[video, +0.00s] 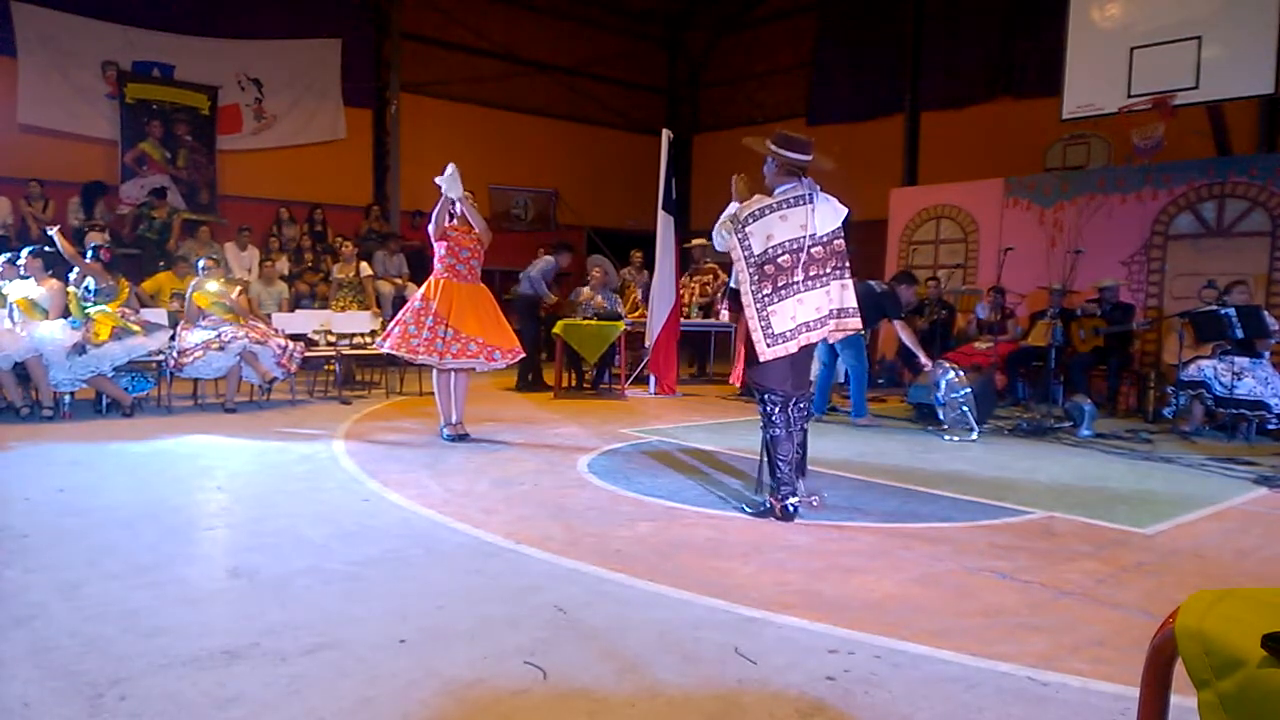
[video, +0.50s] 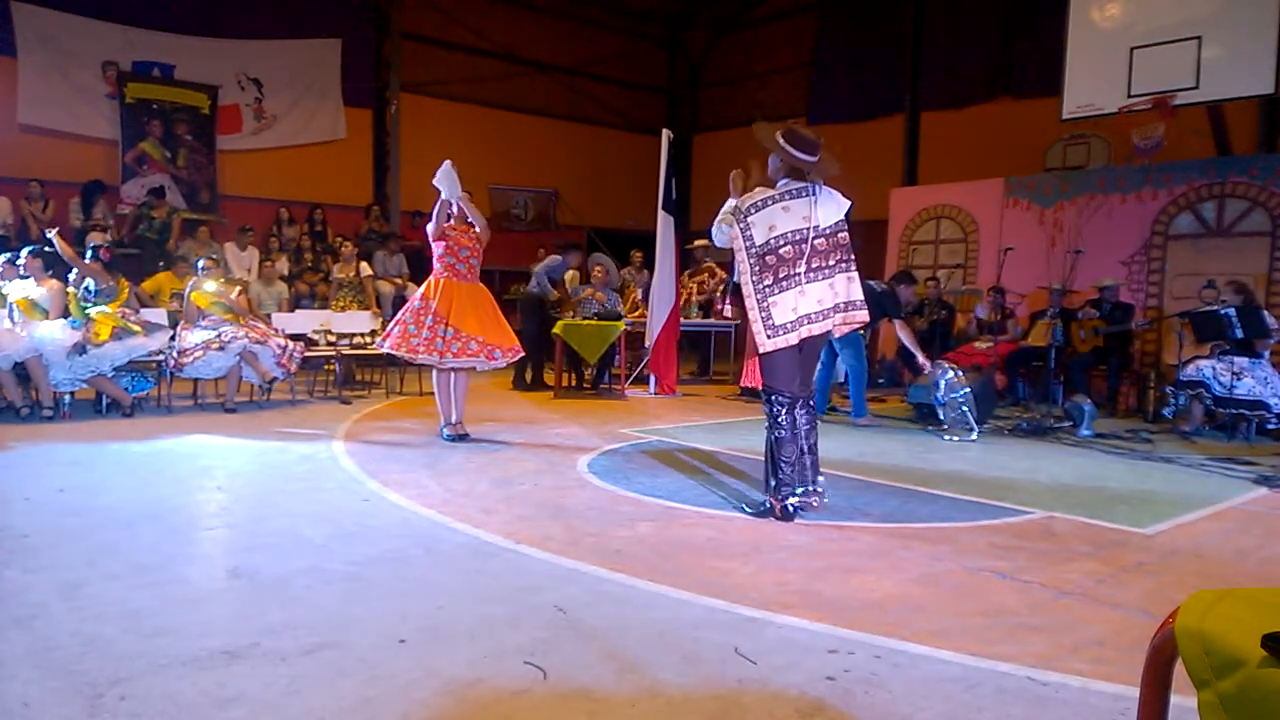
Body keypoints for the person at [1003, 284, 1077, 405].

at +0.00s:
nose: (1054, 299)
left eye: (1058, 296)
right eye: (1052, 295)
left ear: (1063, 297)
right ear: (1049, 296)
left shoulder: (1068, 315)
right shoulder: (1036, 315)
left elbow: (1069, 339)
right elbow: (1028, 336)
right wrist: (1024, 343)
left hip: (1055, 348)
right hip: (1036, 348)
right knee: (1012, 358)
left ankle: (1041, 398)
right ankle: (1013, 395)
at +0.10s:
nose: (1054, 299)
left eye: (1058, 295)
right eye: (1052, 295)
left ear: (1063, 297)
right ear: (1049, 295)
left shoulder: (1068, 314)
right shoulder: (1036, 315)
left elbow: (1069, 339)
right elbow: (1028, 335)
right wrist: (1024, 343)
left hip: (1056, 348)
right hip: (1036, 348)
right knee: (1012, 358)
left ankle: (1041, 399)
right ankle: (1013, 395)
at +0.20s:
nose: (1054, 298)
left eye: (1058, 295)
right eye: (1052, 295)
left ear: (1063, 297)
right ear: (1049, 295)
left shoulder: (1068, 314)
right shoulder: (1036, 315)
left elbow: (1069, 339)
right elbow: (1028, 335)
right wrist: (1024, 342)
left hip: (1055, 348)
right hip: (1035, 348)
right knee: (1012, 358)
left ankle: (1041, 399)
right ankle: (1013, 395)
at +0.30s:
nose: (1054, 298)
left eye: (1058, 295)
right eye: (1052, 295)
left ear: (1063, 297)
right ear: (1048, 296)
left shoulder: (1069, 314)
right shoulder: (1036, 315)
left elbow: (1069, 339)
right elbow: (1028, 336)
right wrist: (1023, 343)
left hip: (1056, 348)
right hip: (1036, 348)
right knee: (1012, 358)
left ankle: (1041, 399)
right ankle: (1013, 395)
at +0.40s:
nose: (1054, 298)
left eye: (1058, 295)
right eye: (1052, 295)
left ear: (1063, 297)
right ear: (1049, 295)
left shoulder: (1069, 315)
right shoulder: (1036, 315)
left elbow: (1069, 340)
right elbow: (1028, 336)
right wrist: (1024, 342)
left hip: (1055, 349)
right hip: (1036, 348)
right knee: (1012, 358)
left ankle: (1041, 399)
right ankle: (1013, 395)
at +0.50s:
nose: (1054, 298)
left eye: (1058, 295)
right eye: (1052, 295)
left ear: (1063, 297)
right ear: (1048, 295)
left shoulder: (1068, 315)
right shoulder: (1036, 315)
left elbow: (1068, 340)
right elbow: (1028, 336)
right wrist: (1024, 342)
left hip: (1055, 348)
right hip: (1035, 348)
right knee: (1012, 359)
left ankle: (1041, 399)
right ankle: (1013, 395)